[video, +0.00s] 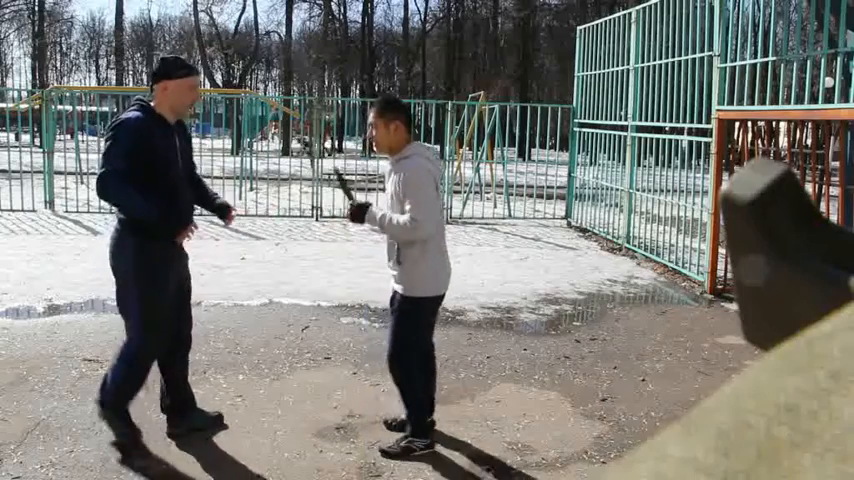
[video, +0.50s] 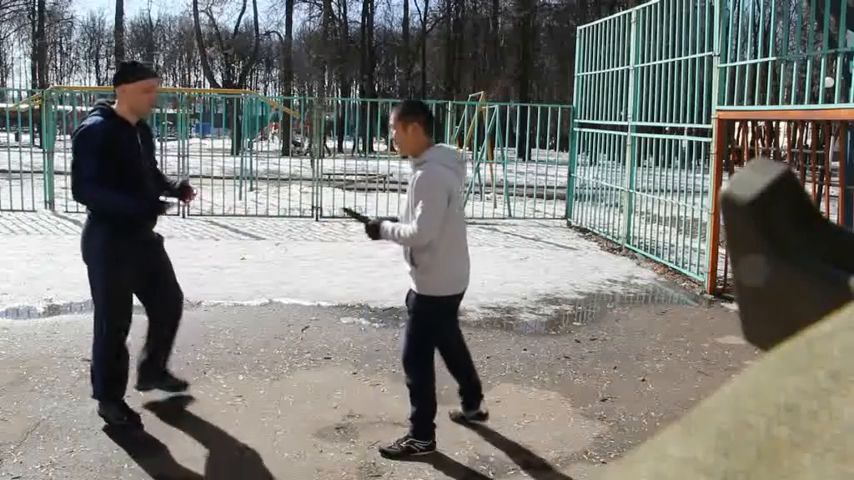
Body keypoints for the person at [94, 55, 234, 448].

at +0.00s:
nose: (197, 98)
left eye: (197, 91)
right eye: (192, 90)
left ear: (173, 90)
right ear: (165, 88)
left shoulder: (177, 130)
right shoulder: (133, 125)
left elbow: (187, 180)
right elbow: (109, 185)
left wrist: (218, 206)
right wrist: (166, 223)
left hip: (170, 249)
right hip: (137, 251)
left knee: (176, 336)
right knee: (148, 336)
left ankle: (181, 413)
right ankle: (111, 402)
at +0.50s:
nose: (154, 98)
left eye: (155, 91)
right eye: (148, 91)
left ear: (140, 94)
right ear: (124, 91)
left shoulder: (140, 128)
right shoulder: (93, 131)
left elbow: (146, 174)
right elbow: (83, 190)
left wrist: (174, 189)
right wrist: (143, 207)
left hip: (141, 238)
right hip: (107, 243)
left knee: (168, 304)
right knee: (113, 324)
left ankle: (153, 372)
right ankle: (109, 402)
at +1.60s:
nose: (166, 101)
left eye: (166, 93)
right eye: (160, 93)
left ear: (139, 95)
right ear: (136, 93)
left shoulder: (130, 126)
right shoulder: (119, 129)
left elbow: (132, 185)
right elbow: (127, 189)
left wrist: (171, 185)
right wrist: (175, 185)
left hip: (120, 239)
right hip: (120, 243)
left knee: (119, 317)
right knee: (141, 325)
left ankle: (103, 384)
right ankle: (143, 413)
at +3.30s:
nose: (145, 116)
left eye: (145, 109)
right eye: (140, 109)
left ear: (115, 109)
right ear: (118, 109)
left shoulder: (100, 137)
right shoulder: (109, 142)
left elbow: (114, 191)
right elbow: (126, 192)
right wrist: (162, 169)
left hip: (92, 249)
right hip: (111, 253)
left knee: (102, 313)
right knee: (161, 320)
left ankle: (46, 377)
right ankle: (173, 408)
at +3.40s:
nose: (145, 127)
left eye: (146, 120)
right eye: (142, 119)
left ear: (118, 118)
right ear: (120, 118)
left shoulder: (96, 145)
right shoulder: (111, 152)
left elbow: (137, 197)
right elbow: (143, 200)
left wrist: (179, 204)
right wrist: (188, 203)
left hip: (76, 252)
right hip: (94, 256)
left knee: (88, 319)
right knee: (145, 321)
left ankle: (37, 385)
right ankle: (173, 408)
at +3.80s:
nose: (133, 139)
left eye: (135, 133)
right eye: (130, 131)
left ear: (106, 127)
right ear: (107, 126)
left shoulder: (93, 155)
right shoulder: (88, 161)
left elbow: (118, 213)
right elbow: (119, 219)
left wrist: (155, 226)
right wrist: (164, 231)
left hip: (52, 254)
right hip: (62, 258)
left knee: (55, 321)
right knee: (115, 322)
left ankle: (5, 382)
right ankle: (134, 409)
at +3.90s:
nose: (121, 126)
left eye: (122, 119)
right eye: (116, 118)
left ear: (95, 118)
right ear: (92, 116)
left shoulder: (84, 148)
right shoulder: (67, 151)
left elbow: (92, 196)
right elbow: (77, 204)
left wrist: (130, 201)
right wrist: (132, 202)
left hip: (52, 249)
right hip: (58, 253)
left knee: (47, 321)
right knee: (104, 326)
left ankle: (5, 383)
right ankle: (133, 408)